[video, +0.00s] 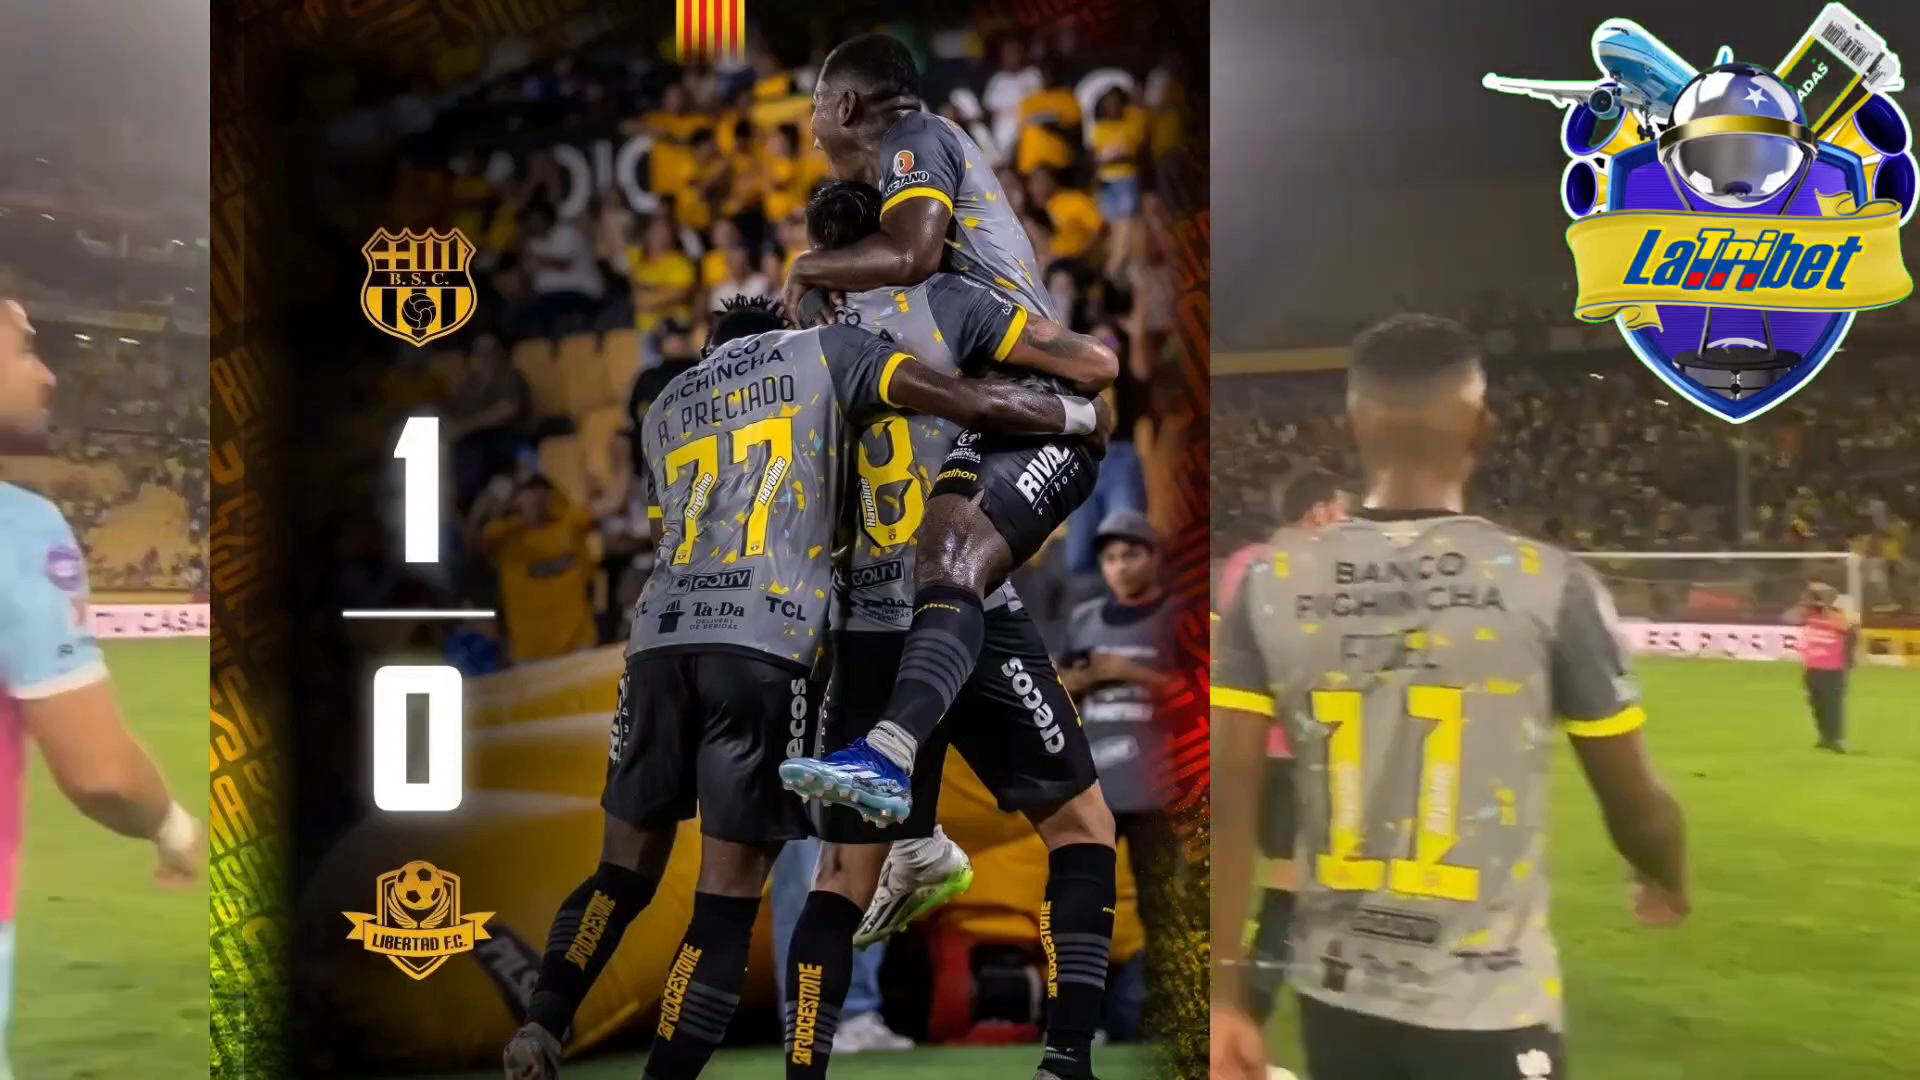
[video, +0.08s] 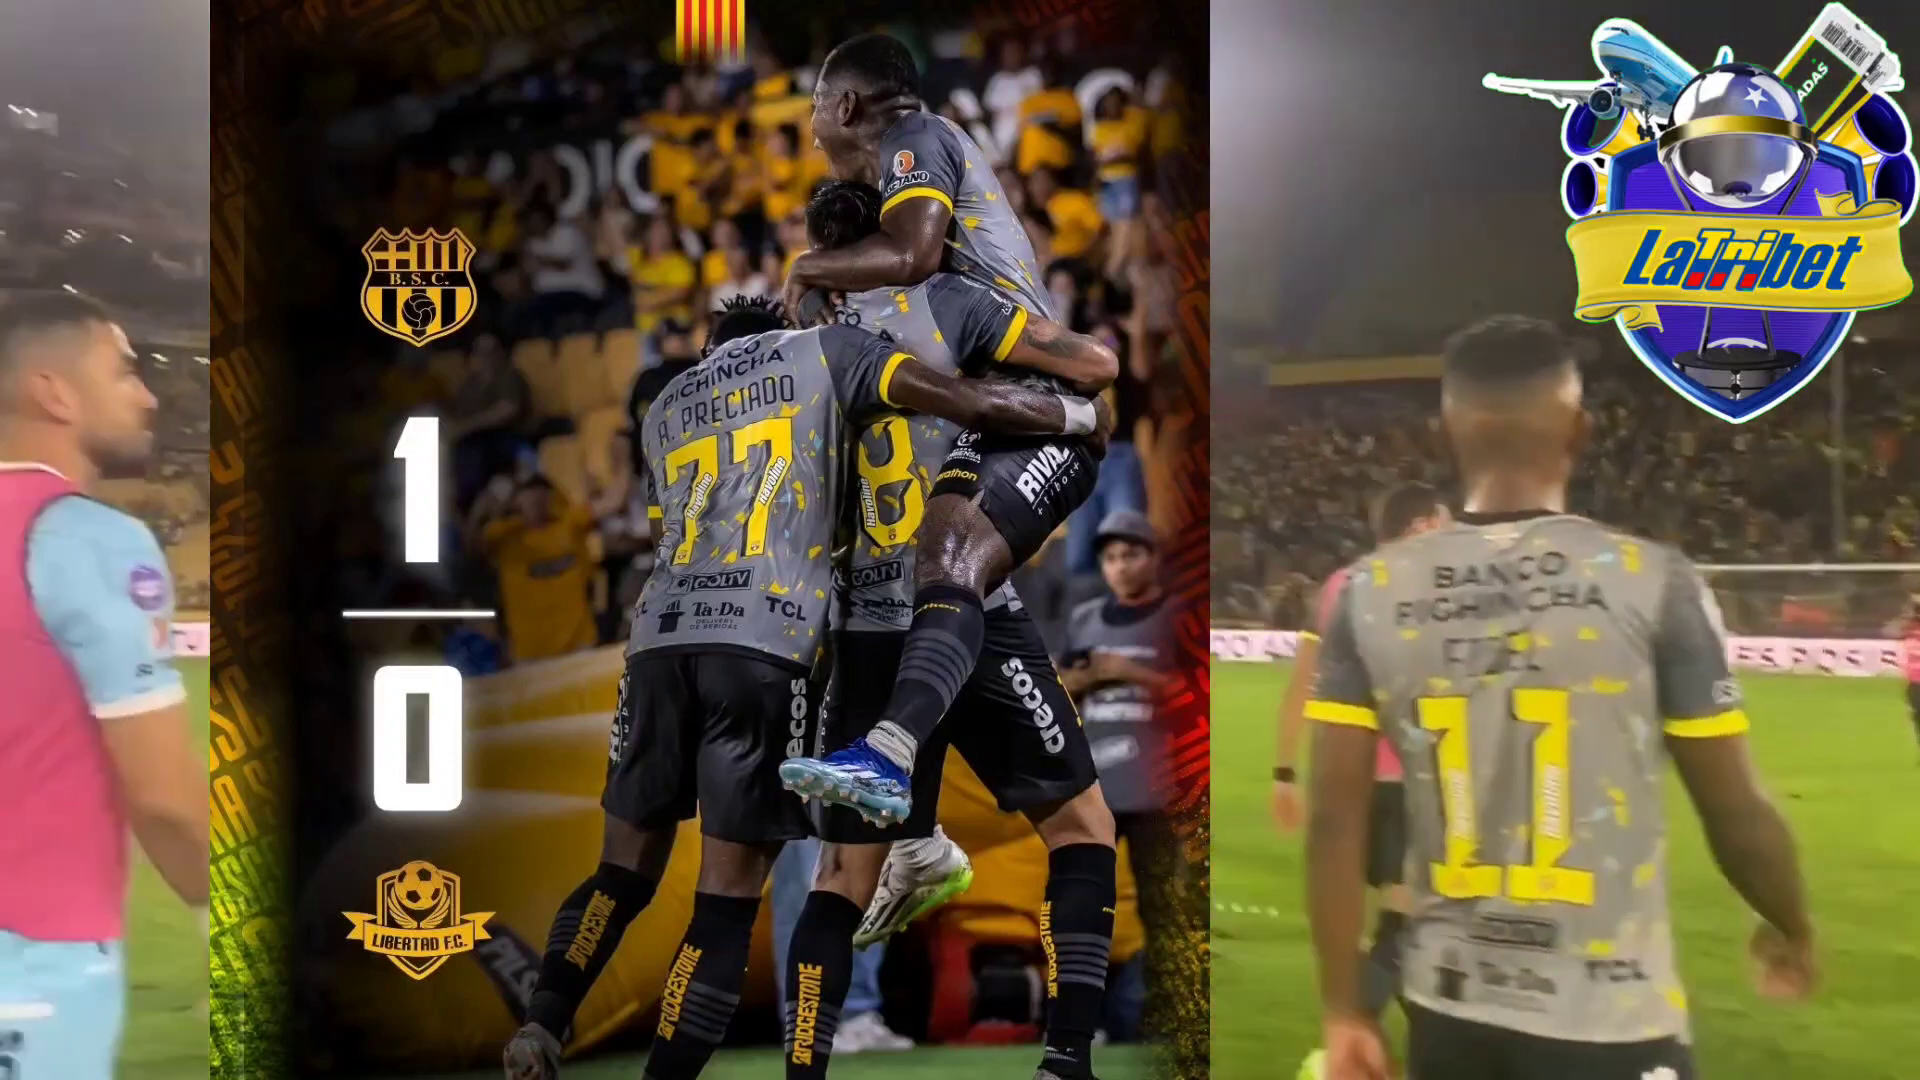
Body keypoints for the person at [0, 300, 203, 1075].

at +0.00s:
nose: (46, 373)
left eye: (33, 350)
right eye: (24, 350)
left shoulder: (23, 523)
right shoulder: (16, 524)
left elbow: (95, 771)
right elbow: (98, 771)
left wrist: (168, 824)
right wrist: (169, 824)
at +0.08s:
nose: (149, 394)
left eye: (137, 369)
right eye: (125, 368)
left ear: (54, 394)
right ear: (53, 392)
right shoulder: (83, 539)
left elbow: (165, 800)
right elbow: (166, 802)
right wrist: (240, 921)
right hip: (39, 956)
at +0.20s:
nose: (217, 413)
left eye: (210, 390)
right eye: (198, 389)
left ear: (121, 412)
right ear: (127, 411)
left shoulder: (16, 536)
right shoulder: (150, 549)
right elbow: (186, 813)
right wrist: (231, 961)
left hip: (12, 968)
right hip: (112, 980)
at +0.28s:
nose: (238, 431)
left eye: (235, 406)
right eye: (225, 406)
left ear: (160, 423)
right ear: (171, 422)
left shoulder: (58, 550)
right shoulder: (163, 552)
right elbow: (177, 824)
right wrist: (220, 993)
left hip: (29, 1010)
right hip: (123, 1018)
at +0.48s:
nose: (177, 425)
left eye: (170, 397)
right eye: (149, 395)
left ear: (62, 414)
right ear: (56, 411)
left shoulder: (50, 560)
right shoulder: (29, 568)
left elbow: (47, 796)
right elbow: (2, 810)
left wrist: (139, 930)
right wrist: (32, 1031)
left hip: (73, 996)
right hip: (51, 1006)